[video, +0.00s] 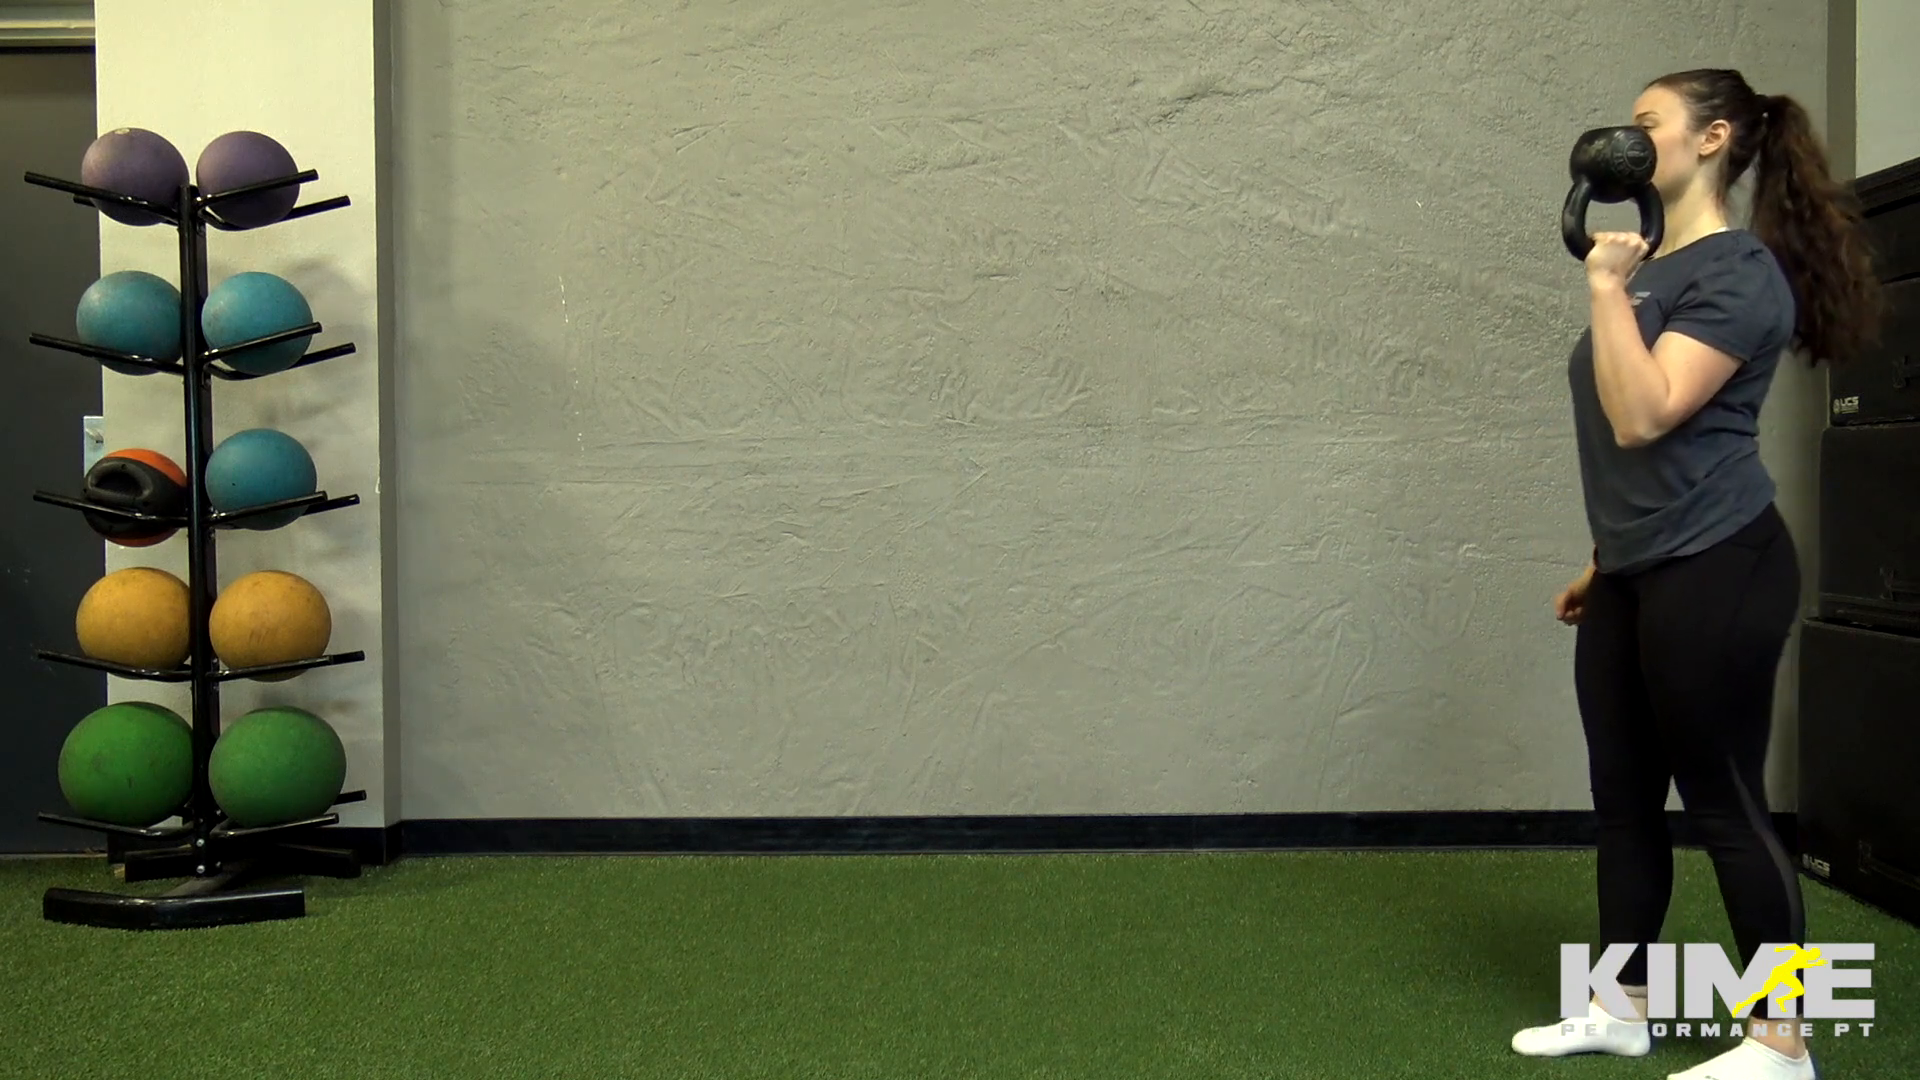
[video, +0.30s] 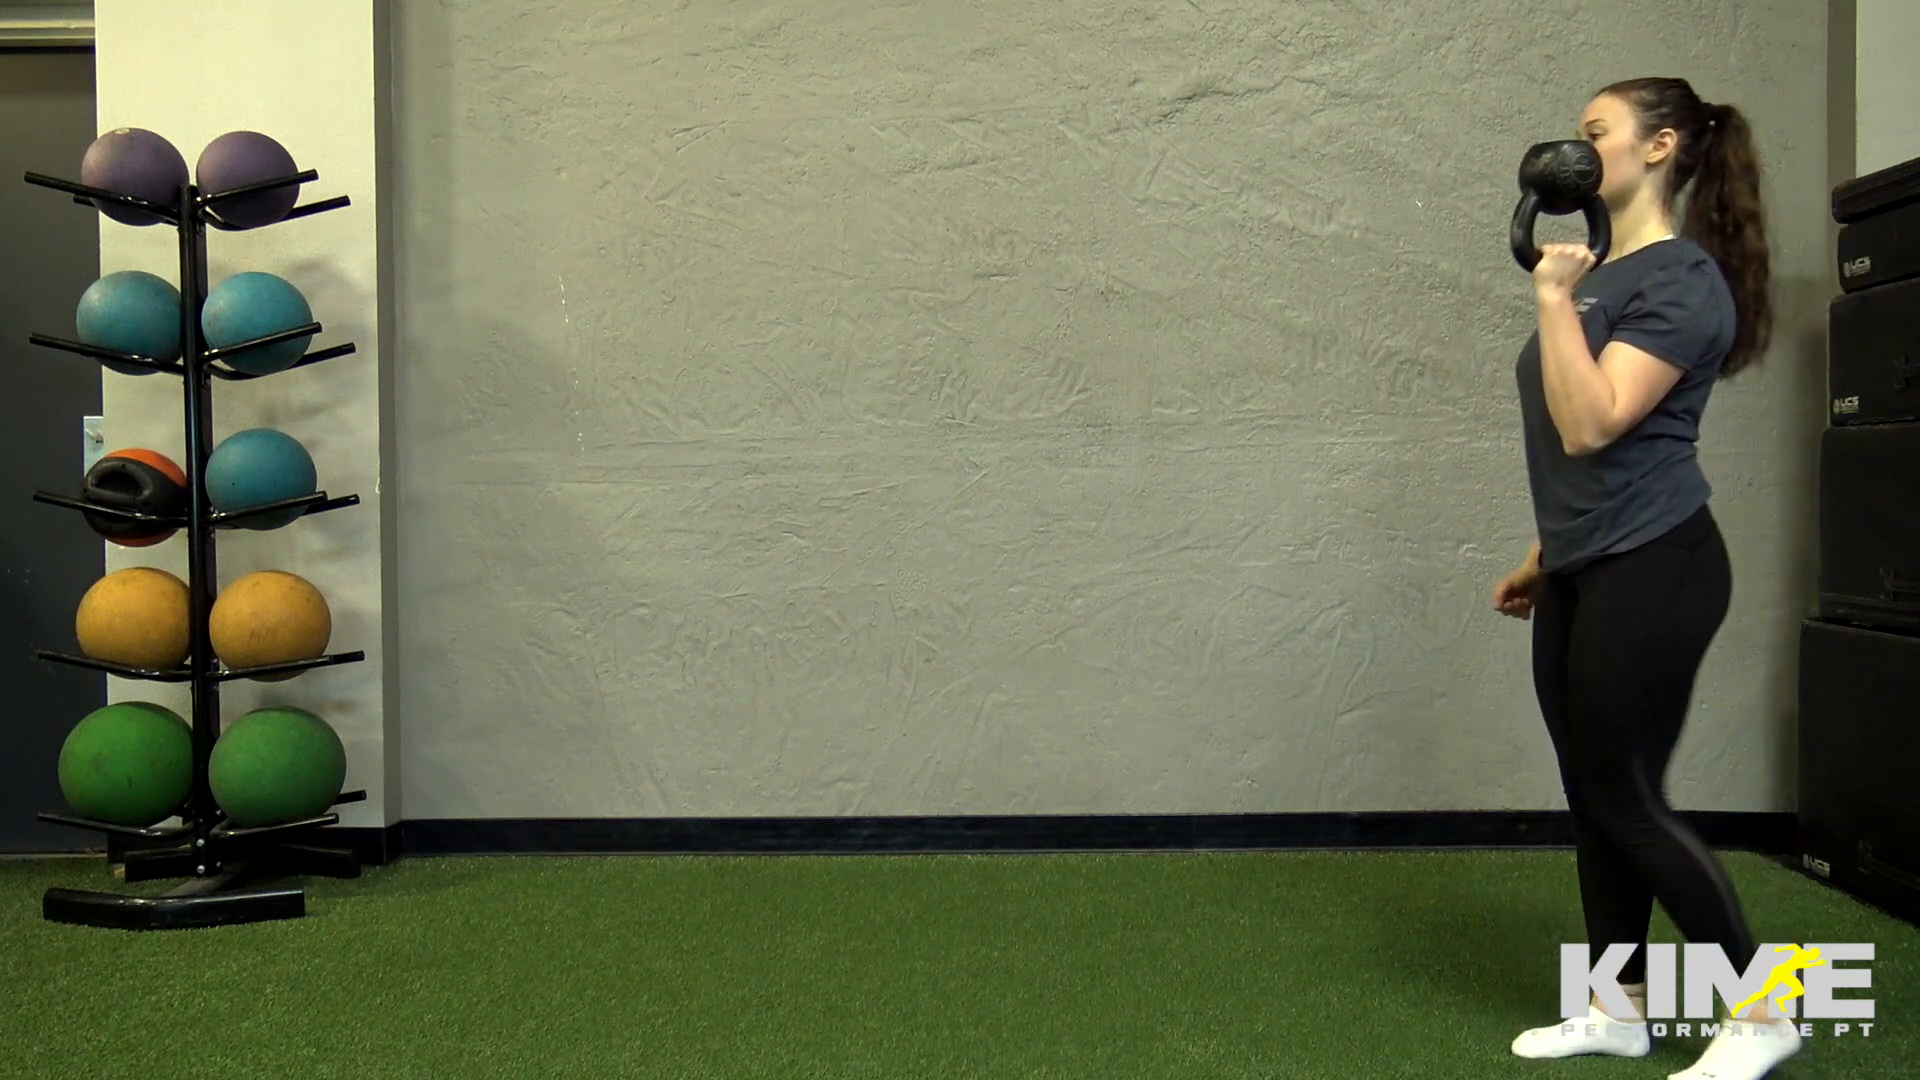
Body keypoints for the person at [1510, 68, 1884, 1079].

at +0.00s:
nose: (1628, 151)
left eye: (1647, 134)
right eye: (1630, 134)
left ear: (1716, 140)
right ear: (1699, 142)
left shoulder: (1743, 274)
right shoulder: (1653, 266)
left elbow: (1642, 413)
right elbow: (1644, 443)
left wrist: (1607, 284)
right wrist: (1606, 560)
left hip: (1718, 564)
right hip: (1633, 572)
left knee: (1724, 801)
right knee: (1624, 797)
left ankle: (1782, 1036)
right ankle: (1620, 1006)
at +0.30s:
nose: (1580, 157)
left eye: (1597, 140)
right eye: (1581, 141)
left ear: (1662, 147)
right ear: (1644, 149)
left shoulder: (1685, 280)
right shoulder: (1601, 271)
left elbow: (1592, 422)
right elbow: (1585, 442)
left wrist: (1554, 297)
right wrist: (1545, 554)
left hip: (1653, 562)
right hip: (1583, 569)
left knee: (1624, 795)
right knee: (1594, 792)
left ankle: (1763, 996)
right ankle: (1620, 1006)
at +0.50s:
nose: (1546, 155)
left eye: (1565, 140)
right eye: (1549, 140)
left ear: (1629, 151)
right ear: (1607, 153)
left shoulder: (1655, 283)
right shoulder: (1574, 274)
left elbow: (1558, 431)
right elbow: (1566, 442)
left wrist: (1520, 306)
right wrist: (1526, 553)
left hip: (1620, 560)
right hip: (1571, 564)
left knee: (1519, 783)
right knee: (1593, 793)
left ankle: (1626, 1001)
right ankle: (1623, 1000)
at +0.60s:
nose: (1531, 155)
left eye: (1550, 140)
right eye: (1534, 141)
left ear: (1614, 152)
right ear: (1592, 155)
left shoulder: (1638, 284)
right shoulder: (1563, 280)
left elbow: (1544, 432)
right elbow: (1563, 444)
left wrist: (1507, 306)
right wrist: (1522, 559)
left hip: (1609, 560)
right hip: (1566, 564)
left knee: (1498, 778)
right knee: (1586, 795)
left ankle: (1542, 1009)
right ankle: (1616, 1005)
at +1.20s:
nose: (1407, 159)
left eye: (1425, 143)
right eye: (1409, 144)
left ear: (1486, 154)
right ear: (1468, 157)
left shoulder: (1508, 285)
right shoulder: (1441, 275)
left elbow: (1409, 424)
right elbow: (1417, 443)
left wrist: (1372, 302)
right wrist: (1395, 565)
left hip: (1470, 560)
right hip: (1432, 561)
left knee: (1431, 791)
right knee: (1442, 784)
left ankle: (1424, 1014)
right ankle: (1571, 960)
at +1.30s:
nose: (1391, 159)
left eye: (1409, 143)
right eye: (1394, 144)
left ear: (1469, 153)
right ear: (1452, 156)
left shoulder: (1491, 284)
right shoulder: (1422, 274)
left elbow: (1392, 422)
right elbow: (1395, 441)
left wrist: (1354, 299)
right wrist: (1376, 567)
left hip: (1454, 560)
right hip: (1404, 565)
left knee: (1423, 789)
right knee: (1385, 786)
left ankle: (1425, 1014)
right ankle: (1536, 946)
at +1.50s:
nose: (1352, 158)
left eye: (1370, 142)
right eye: (1355, 143)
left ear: (1430, 152)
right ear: (1414, 155)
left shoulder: (1454, 282)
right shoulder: (1391, 272)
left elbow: (1356, 420)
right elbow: (1347, 407)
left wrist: (1316, 300)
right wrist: (1320, 289)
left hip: (1422, 562)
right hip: (1358, 564)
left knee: (1405, 788)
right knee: (1306, 766)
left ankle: (1426, 1014)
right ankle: (1384, 965)